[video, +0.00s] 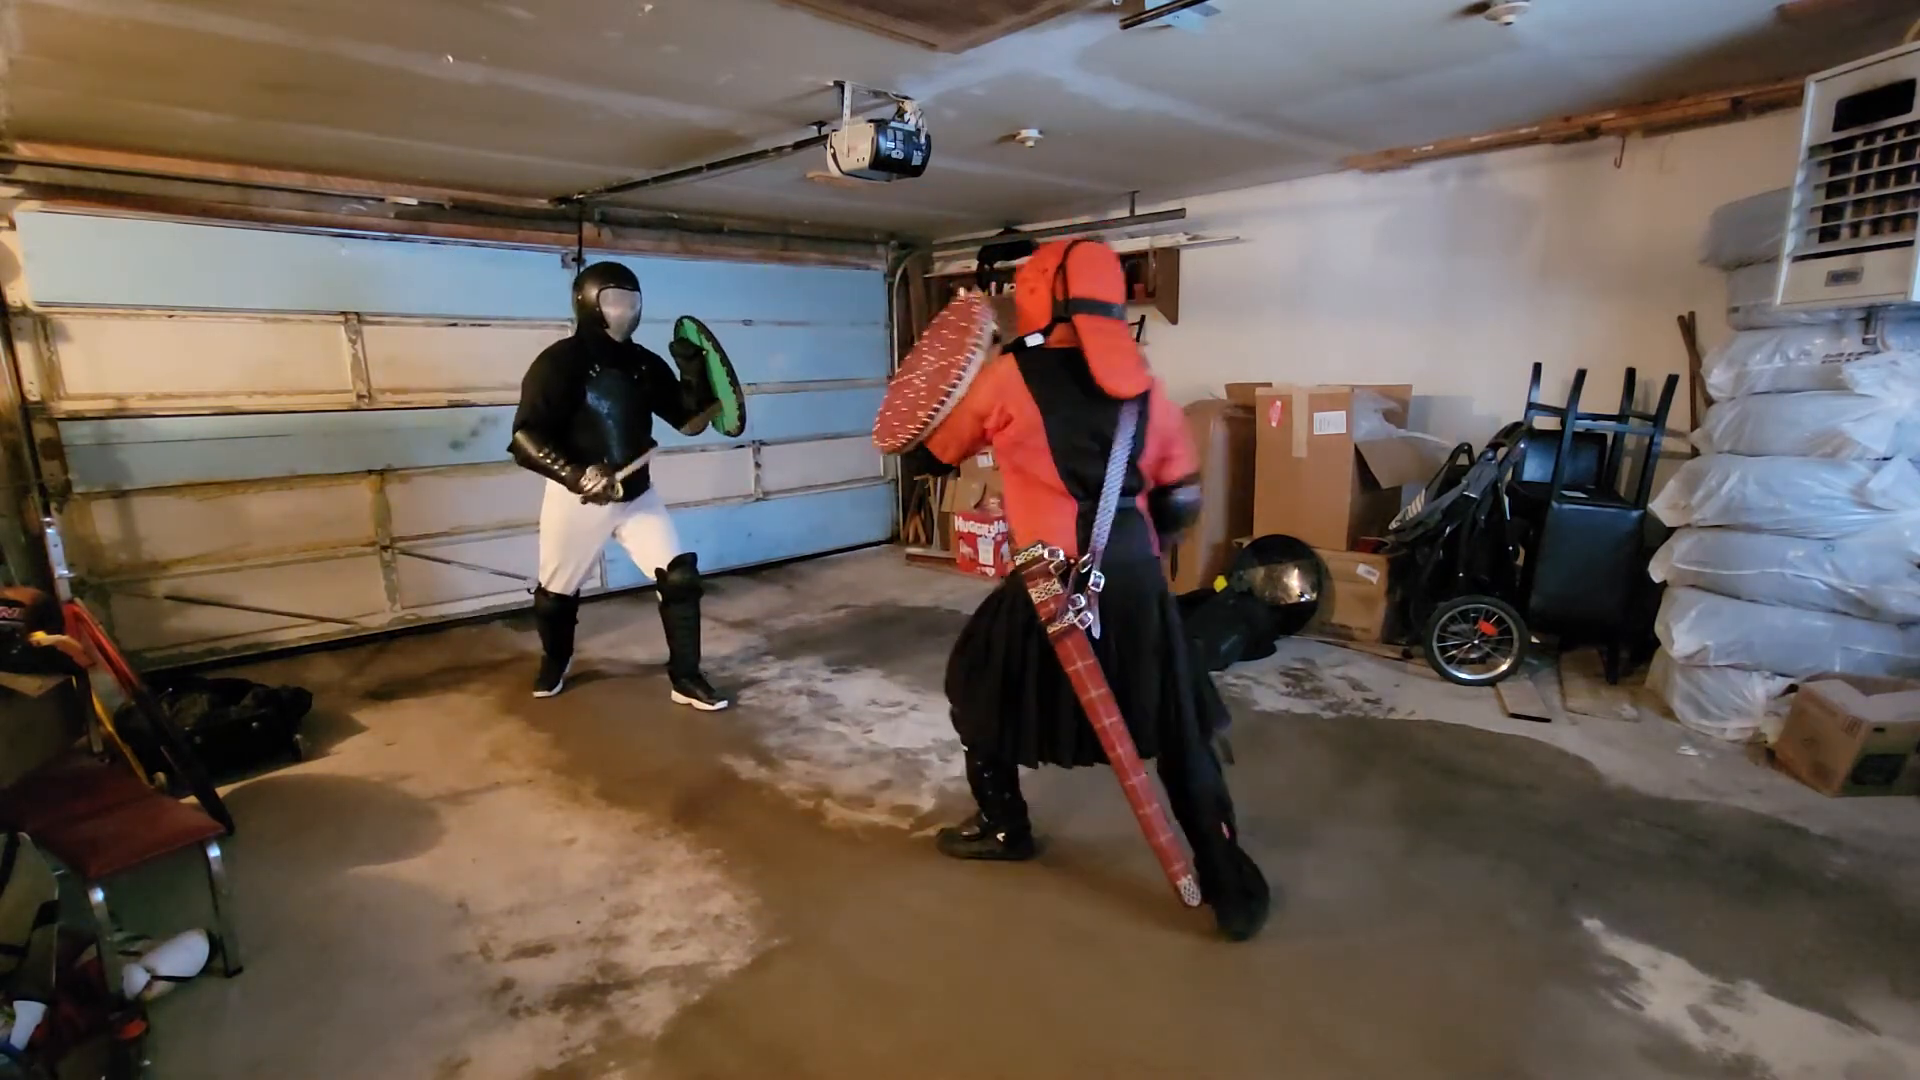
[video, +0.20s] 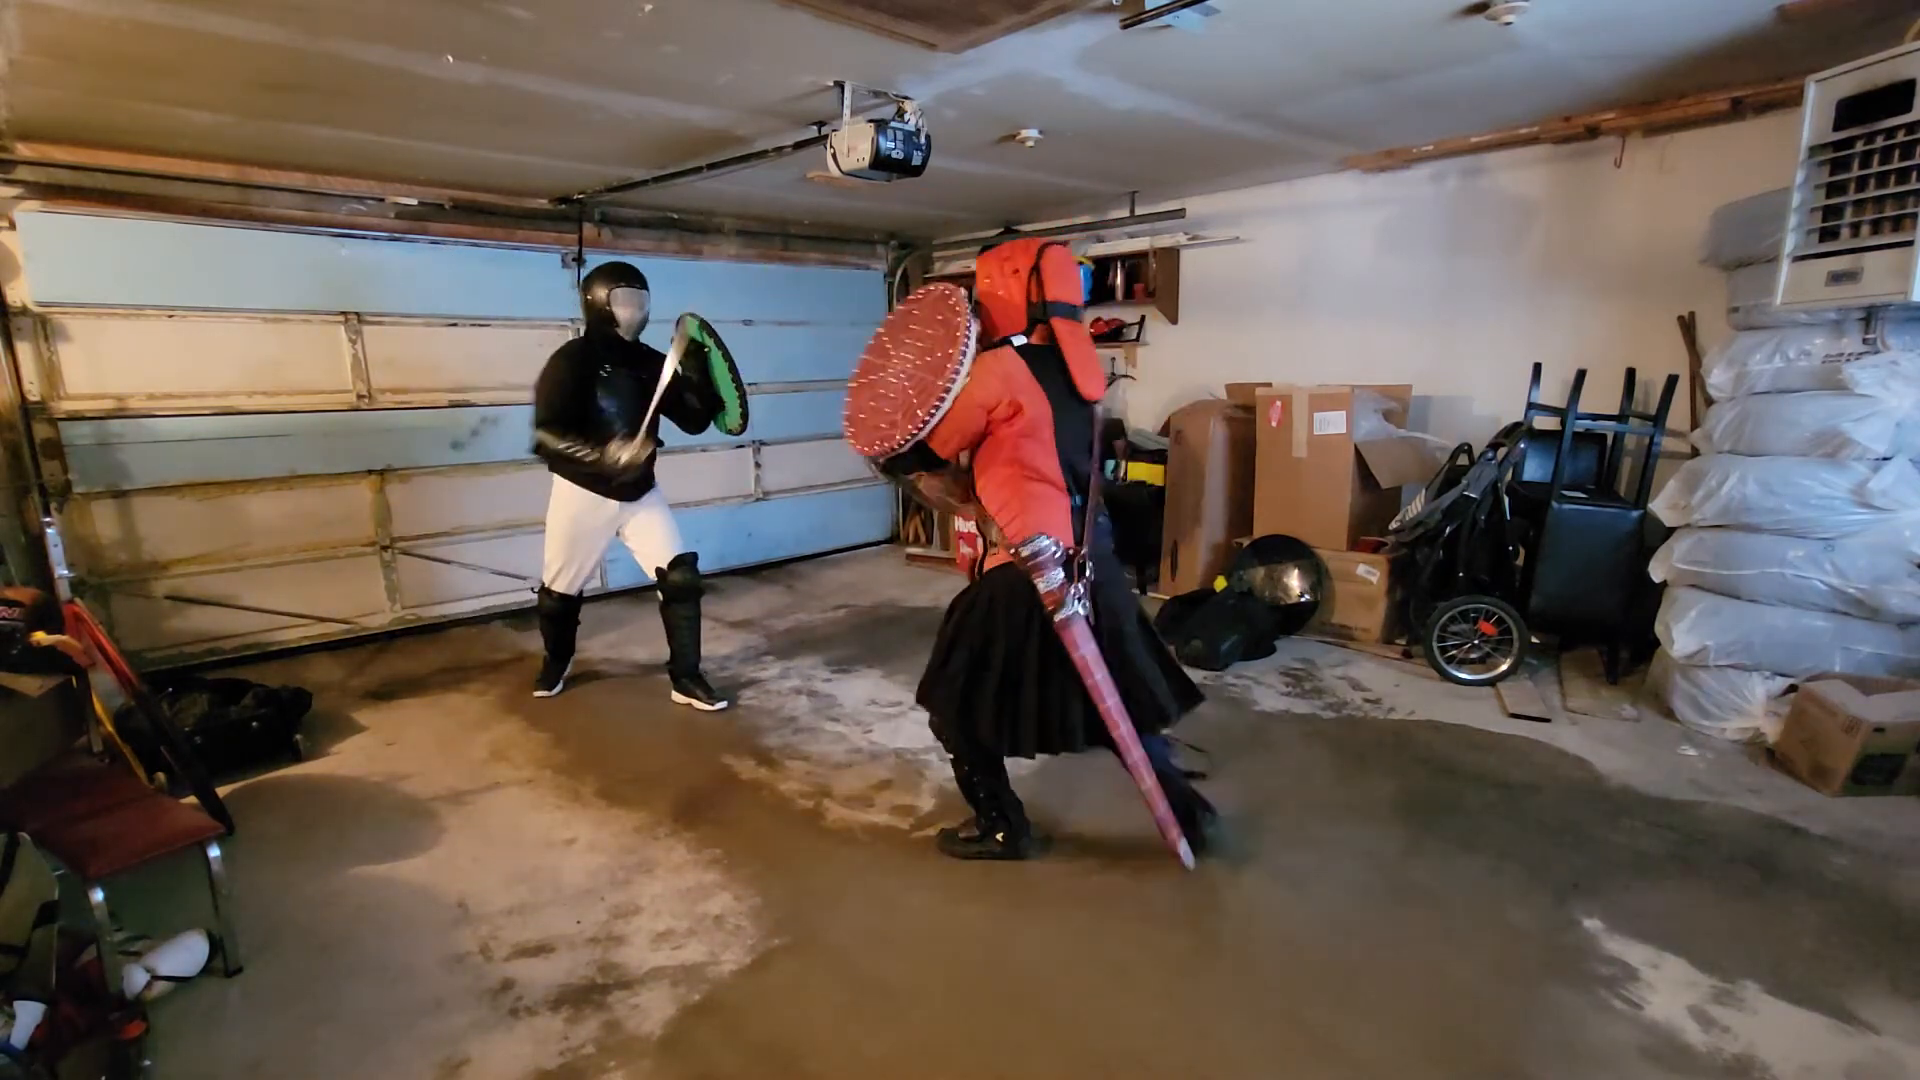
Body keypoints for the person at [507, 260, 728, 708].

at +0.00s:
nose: (635, 307)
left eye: (636, 298)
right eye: (625, 297)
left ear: (634, 305)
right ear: (594, 302)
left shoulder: (644, 363)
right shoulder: (558, 363)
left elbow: (689, 420)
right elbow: (524, 440)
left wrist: (698, 378)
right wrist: (578, 477)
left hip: (637, 497)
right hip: (574, 500)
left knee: (680, 577)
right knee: (552, 598)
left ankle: (686, 677)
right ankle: (554, 662)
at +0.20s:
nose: (643, 307)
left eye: (644, 298)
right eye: (633, 298)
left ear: (643, 304)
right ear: (603, 302)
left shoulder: (652, 362)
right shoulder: (570, 362)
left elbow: (694, 420)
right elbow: (547, 440)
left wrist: (695, 365)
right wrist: (603, 457)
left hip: (640, 494)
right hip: (581, 493)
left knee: (681, 576)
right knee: (558, 594)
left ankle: (686, 678)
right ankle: (556, 662)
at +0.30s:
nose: (649, 310)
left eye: (649, 301)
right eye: (640, 301)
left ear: (636, 308)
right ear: (610, 304)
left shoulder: (655, 363)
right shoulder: (583, 358)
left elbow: (688, 403)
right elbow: (595, 416)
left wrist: (693, 353)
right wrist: (656, 427)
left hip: (640, 492)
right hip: (584, 490)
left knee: (682, 573)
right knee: (561, 589)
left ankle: (686, 677)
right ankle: (558, 663)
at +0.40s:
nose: (637, 313)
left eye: (639, 303)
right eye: (628, 303)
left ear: (638, 309)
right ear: (601, 309)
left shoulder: (649, 364)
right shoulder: (585, 359)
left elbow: (680, 418)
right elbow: (629, 385)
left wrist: (700, 396)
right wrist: (682, 386)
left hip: (639, 490)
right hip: (585, 490)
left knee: (683, 572)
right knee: (558, 597)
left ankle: (686, 676)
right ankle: (555, 653)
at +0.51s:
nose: (630, 317)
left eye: (632, 308)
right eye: (620, 308)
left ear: (633, 313)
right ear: (593, 313)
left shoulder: (641, 370)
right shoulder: (579, 361)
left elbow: (677, 425)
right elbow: (623, 389)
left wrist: (677, 377)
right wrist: (678, 402)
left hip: (635, 497)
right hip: (582, 495)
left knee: (684, 572)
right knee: (561, 603)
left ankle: (686, 677)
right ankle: (535, 650)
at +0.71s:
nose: (603, 320)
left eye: (604, 310)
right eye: (593, 310)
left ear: (601, 315)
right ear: (565, 314)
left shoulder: (612, 374)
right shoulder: (540, 371)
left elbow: (645, 433)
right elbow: (534, 438)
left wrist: (653, 389)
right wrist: (588, 477)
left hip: (605, 496)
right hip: (549, 496)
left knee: (651, 576)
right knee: (537, 592)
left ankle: (684, 676)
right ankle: (530, 666)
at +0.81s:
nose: (588, 318)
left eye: (587, 308)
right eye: (579, 308)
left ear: (577, 316)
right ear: (549, 312)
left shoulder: (595, 371)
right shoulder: (517, 370)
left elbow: (625, 428)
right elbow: (503, 444)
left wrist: (643, 391)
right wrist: (553, 474)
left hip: (587, 492)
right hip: (532, 493)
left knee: (634, 567)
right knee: (528, 588)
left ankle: (665, 662)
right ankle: (531, 661)